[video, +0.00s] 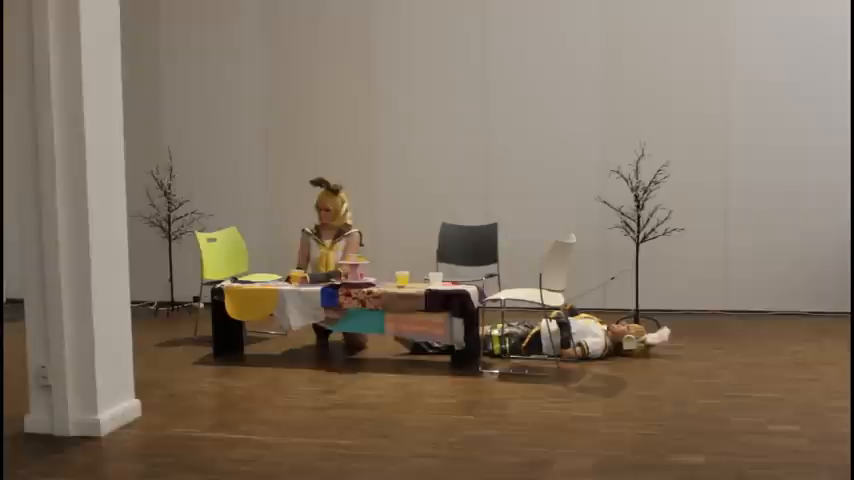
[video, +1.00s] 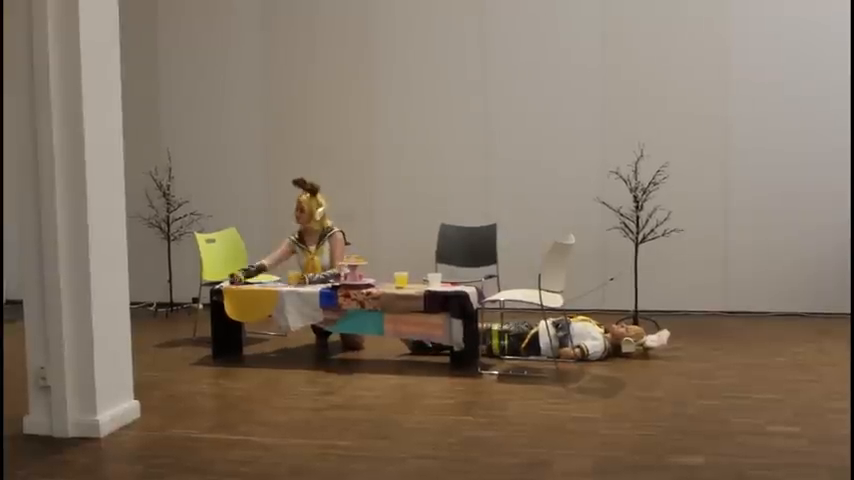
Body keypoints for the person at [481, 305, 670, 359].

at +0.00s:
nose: (621, 324)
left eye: (625, 328)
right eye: (625, 323)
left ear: (622, 338)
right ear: (620, 323)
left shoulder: (599, 344)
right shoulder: (598, 326)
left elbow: (566, 354)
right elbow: (572, 322)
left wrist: (564, 329)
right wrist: (566, 312)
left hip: (535, 342)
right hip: (534, 328)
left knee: (487, 345)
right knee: (484, 335)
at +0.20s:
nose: (622, 325)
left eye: (626, 329)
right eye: (626, 323)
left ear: (623, 339)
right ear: (620, 323)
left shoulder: (599, 344)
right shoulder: (598, 326)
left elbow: (566, 354)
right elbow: (572, 323)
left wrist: (564, 329)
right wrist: (568, 312)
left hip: (535, 342)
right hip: (533, 329)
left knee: (486, 345)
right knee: (483, 336)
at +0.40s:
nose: (620, 325)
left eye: (625, 329)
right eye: (625, 324)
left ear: (621, 340)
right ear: (619, 325)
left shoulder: (599, 345)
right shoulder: (597, 327)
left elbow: (565, 353)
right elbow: (569, 320)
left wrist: (563, 325)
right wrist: (561, 311)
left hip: (535, 342)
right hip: (533, 329)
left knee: (484, 344)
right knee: (481, 335)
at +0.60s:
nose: (620, 324)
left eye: (625, 328)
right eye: (625, 323)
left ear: (622, 338)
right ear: (620, 325)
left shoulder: (599, 343)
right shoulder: (597, 328)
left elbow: (566, 353)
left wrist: (562, 356)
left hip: (532, 340)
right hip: (531, 329)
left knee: (482, 339)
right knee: (481, 333)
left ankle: (431, 343)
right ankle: (431, 339)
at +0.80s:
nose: (619, 324)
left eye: (623, 328)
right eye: (623, 324)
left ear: (622, 339)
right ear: (619, 326)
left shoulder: (599, 345)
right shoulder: (598, 331)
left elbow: (568, 352)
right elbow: (568, 327)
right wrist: (556, 323)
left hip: (537, 342)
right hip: (535, 329)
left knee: (489, 343)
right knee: (487, 332)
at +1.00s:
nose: (620, 325)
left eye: (624, 328)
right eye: (624, 324)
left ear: (622, 338)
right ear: (620, 326)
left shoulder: (600, 345)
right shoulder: (598, 330)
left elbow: (569, 353)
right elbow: (567, 325)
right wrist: (551, 324)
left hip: (537, 343)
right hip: (535, 329)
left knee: (490, 345)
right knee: (487, 333)